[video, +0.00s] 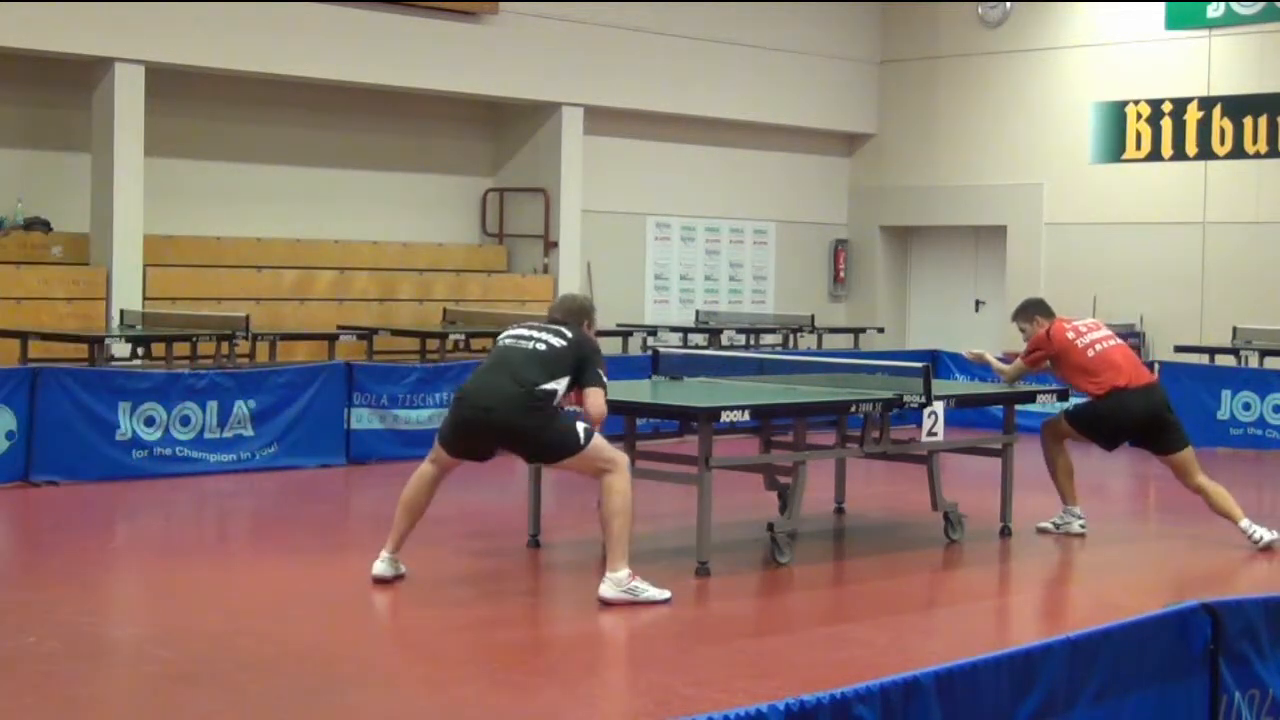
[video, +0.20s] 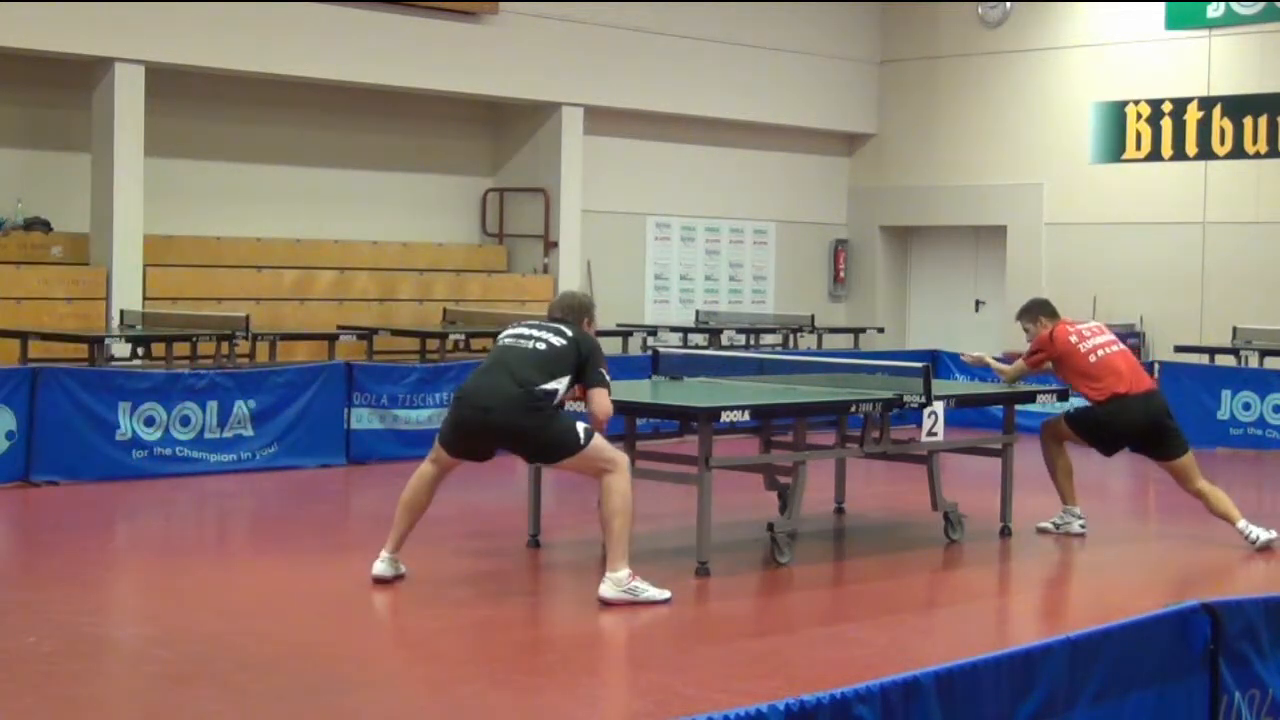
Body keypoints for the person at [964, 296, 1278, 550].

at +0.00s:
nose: (1025, 337)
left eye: (1025, 330)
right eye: (1023, 332)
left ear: (1038, 321)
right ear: (1050, 317)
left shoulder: (1047, 337)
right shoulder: (1085, 323)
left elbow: (1010, 374)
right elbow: (1063, 359)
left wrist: (988, 358)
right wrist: (1021, 358)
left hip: (1116, 405)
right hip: (1155, 398)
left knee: (1051, 431)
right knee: (1196, 479)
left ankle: (1072, 515)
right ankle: (1251, 529)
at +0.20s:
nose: (1029, 337)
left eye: (1028, 329)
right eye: (1027, 331)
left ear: (1043, 322)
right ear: (1055, 318)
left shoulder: (1051, 339)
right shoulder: (1089, 326)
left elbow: (1011, 375)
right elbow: (1067, 360)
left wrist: (987, 361)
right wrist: (1023, 360)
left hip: (1115, 412)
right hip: (1153, 405)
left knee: (1051, 432)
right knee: (1197, 483)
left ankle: (1071, 515)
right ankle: (1248, 529)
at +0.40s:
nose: (1036, 332)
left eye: (1036, 325)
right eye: (1035, 326)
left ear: (1052, 319)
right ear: (1066, 316)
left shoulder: (1057, 338)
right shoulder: (1101, 327)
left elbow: (1017, 372)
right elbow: (1058, 356)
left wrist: (988, 370)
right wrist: (1013, 360)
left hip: (1117, 418)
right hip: (1156, 412)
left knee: (1051, 432)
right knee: (1199, 487)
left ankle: (1071, 515)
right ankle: (1246, 529)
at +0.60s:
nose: (1051, 316)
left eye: (1052, 309)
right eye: (1050, 310)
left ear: (1068, 305)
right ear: (1080, 302)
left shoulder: (1066, 328)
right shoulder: (1115, 319)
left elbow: (1022, 351)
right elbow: (1078, 345)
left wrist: (995, 342)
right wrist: (1040, 332)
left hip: (1119, 417)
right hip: (1158, 413)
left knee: (1052, 431)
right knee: (1201, 486)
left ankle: (1071, 514)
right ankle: (1247, 530)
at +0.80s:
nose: (1070, 292)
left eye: (1073, 286)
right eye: (1071, 287)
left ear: (1086, 288)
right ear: (1103, 286)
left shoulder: (1083, 307)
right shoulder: (1132, 310)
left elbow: (1028, 301)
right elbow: (1101, 319)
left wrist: (1012, 266)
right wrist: (1067, 303)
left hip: (1121, 412)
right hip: (1160, 409)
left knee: (1054, 432)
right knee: (1202, 481)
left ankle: (1071, 515)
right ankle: (1248, 528)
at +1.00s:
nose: (1091, 275)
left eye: (1095, 270)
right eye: (1094, 269)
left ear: (1108, 275)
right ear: (1126, 276)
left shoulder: (1100, 300)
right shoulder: (1159, 307)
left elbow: (1035, 305)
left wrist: (1002, 288)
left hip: (1127, 405)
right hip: (1169, 404)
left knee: (1061, 430)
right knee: (1209, 478)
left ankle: (1071, 514)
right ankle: (1251, 528)